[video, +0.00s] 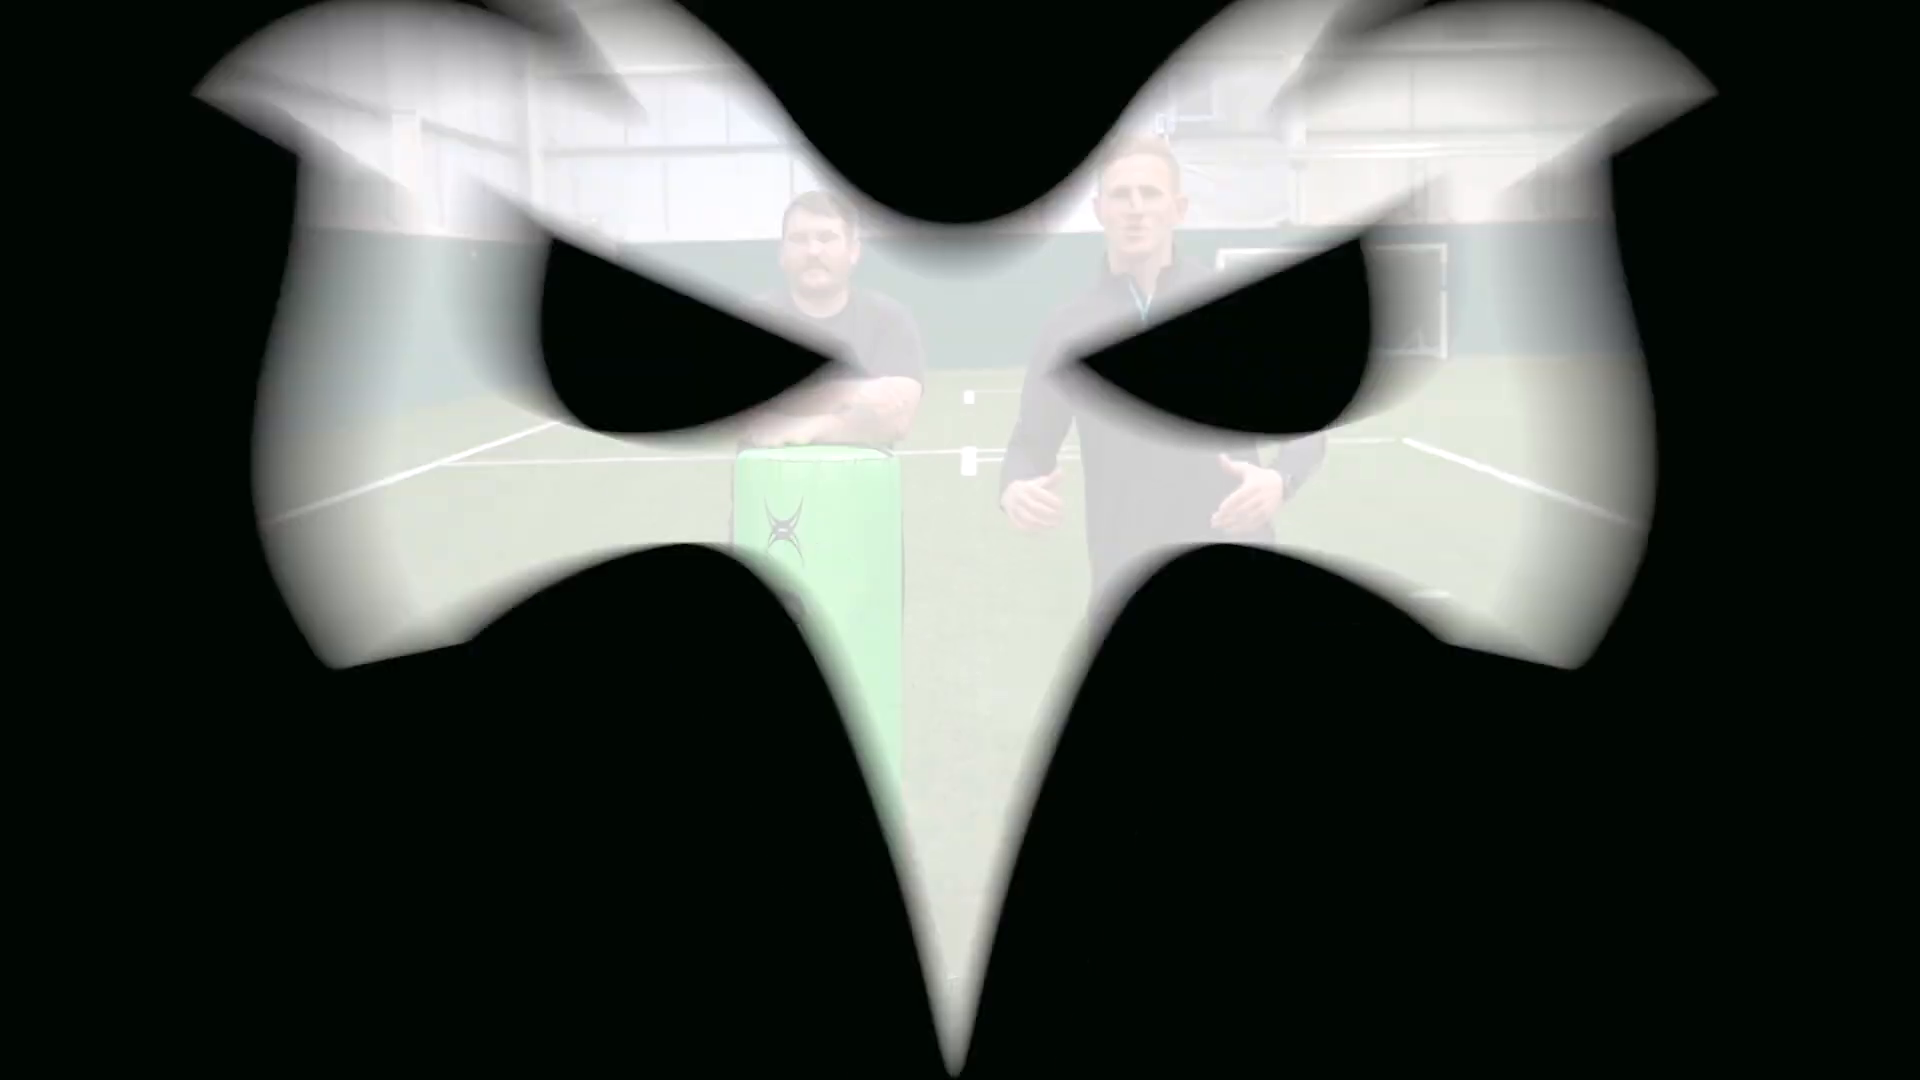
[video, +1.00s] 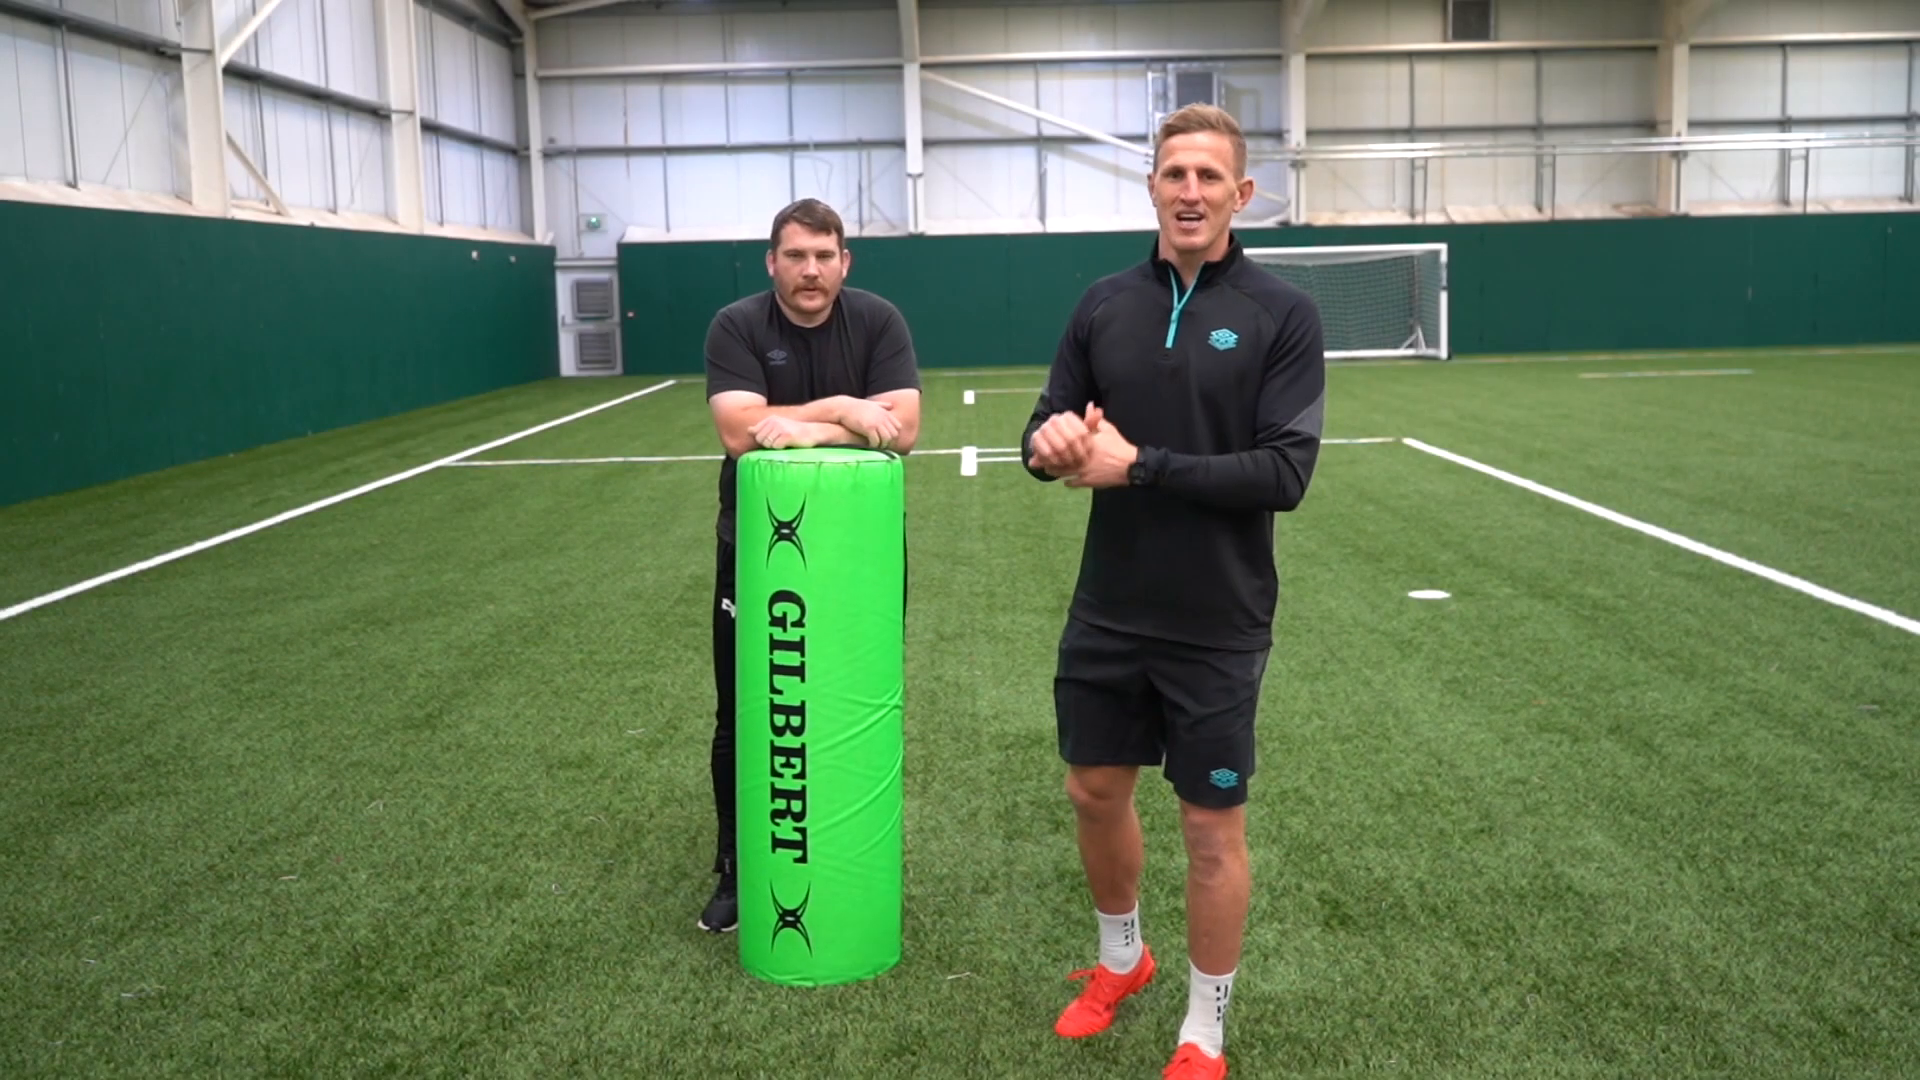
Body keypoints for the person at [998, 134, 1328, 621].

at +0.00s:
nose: (1135, 209)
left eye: (1150, 193)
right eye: (1120, 194)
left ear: (1180, 207)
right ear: (1099, 208)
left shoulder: (1228, 308)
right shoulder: (1076, 323)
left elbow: (1308, 420)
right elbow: (1035, 436)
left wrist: (1280, 477)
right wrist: (1019, 484)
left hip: (1229, 554)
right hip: (1124, 559)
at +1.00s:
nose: (1189, 192)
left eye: (1209, 176)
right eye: (1174, 174)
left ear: (1242, 193)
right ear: (1151, 188)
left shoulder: (1284, 315)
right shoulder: (1104, 304)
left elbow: (1287, 472)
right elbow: (1044, 438)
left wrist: (1136, 465)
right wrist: (1051, 439)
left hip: (1219, 614)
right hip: (1108, 602)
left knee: (1211, 827)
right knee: (1095, 790)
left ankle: (1204, 1031)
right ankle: (1121, 959)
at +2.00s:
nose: (1112, 216)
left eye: (1130, 199)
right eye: (1104, 200)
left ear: (1181, 205)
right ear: (1104, 211)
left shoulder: (1236, 317)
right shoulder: (1108, 313)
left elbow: (1263, 472)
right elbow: (1062, 406)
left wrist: (1209, 605)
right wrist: (937, 407)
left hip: (1201, 601)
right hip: (1119, 594)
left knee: (1208, 806)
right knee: (1152, 776)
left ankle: (1206, 1030)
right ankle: (1176, 962)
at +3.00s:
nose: (1190, 209)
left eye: (1205, 195)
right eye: (1178, 198)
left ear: (1238, 208)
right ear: (1161, 214)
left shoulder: (1290, 308)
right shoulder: (1133, 322)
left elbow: (1336, 434)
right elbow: (1109, 439)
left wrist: (1238, 463)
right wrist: (1146, 476)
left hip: (1267, 568)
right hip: (1169, 570)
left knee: (1270, 740)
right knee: (1176, 746)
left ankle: (1269, 894)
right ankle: (1178, 953)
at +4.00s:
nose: (1129, 215)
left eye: (1142, 203)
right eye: (1133, 201)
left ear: (1188, 213)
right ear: (1170, 212)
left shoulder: (1256, 305)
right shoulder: (1125, 302)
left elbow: (1294, 429)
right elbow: (1090, 416)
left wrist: (1297, 544)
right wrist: (1031, 398)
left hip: (1223, 552)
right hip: (1135, 546)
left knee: (1249, 717)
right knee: (1138, 701)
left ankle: (1263, 889)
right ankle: (1137, 866)